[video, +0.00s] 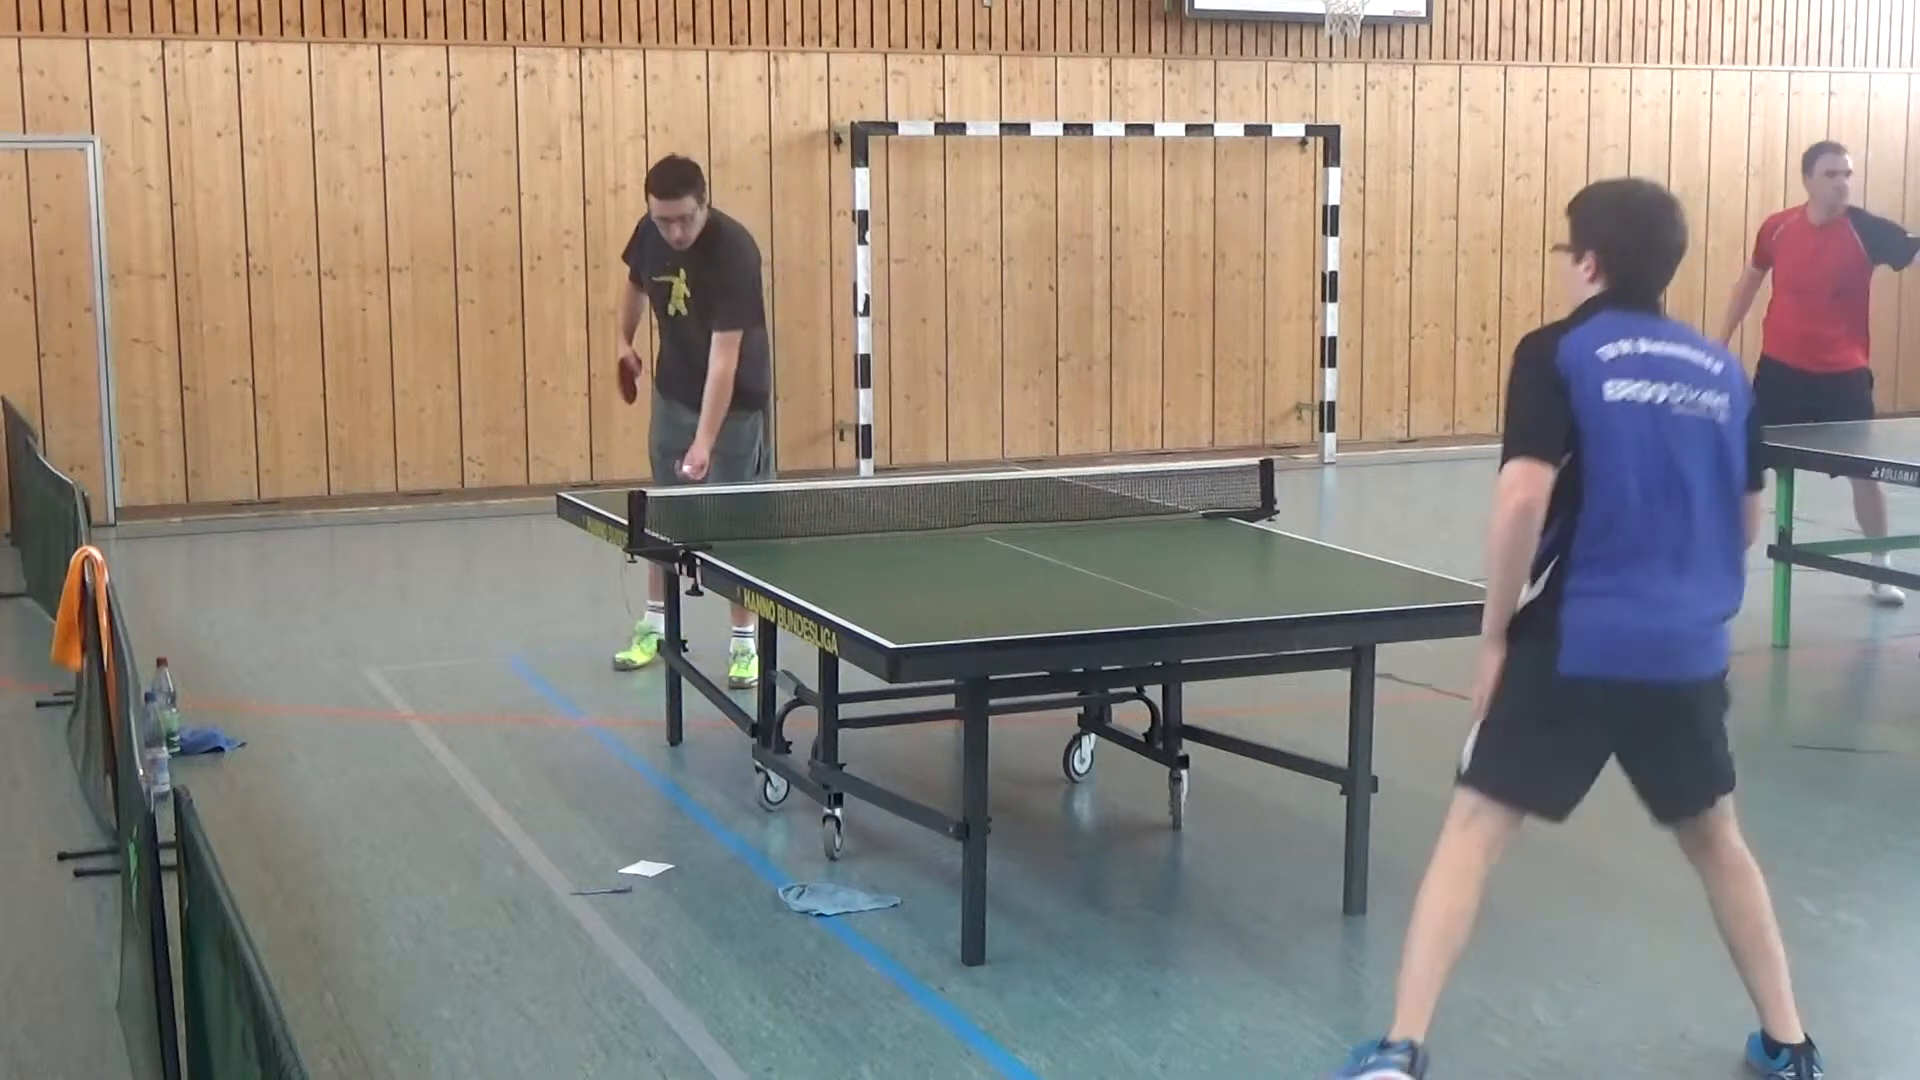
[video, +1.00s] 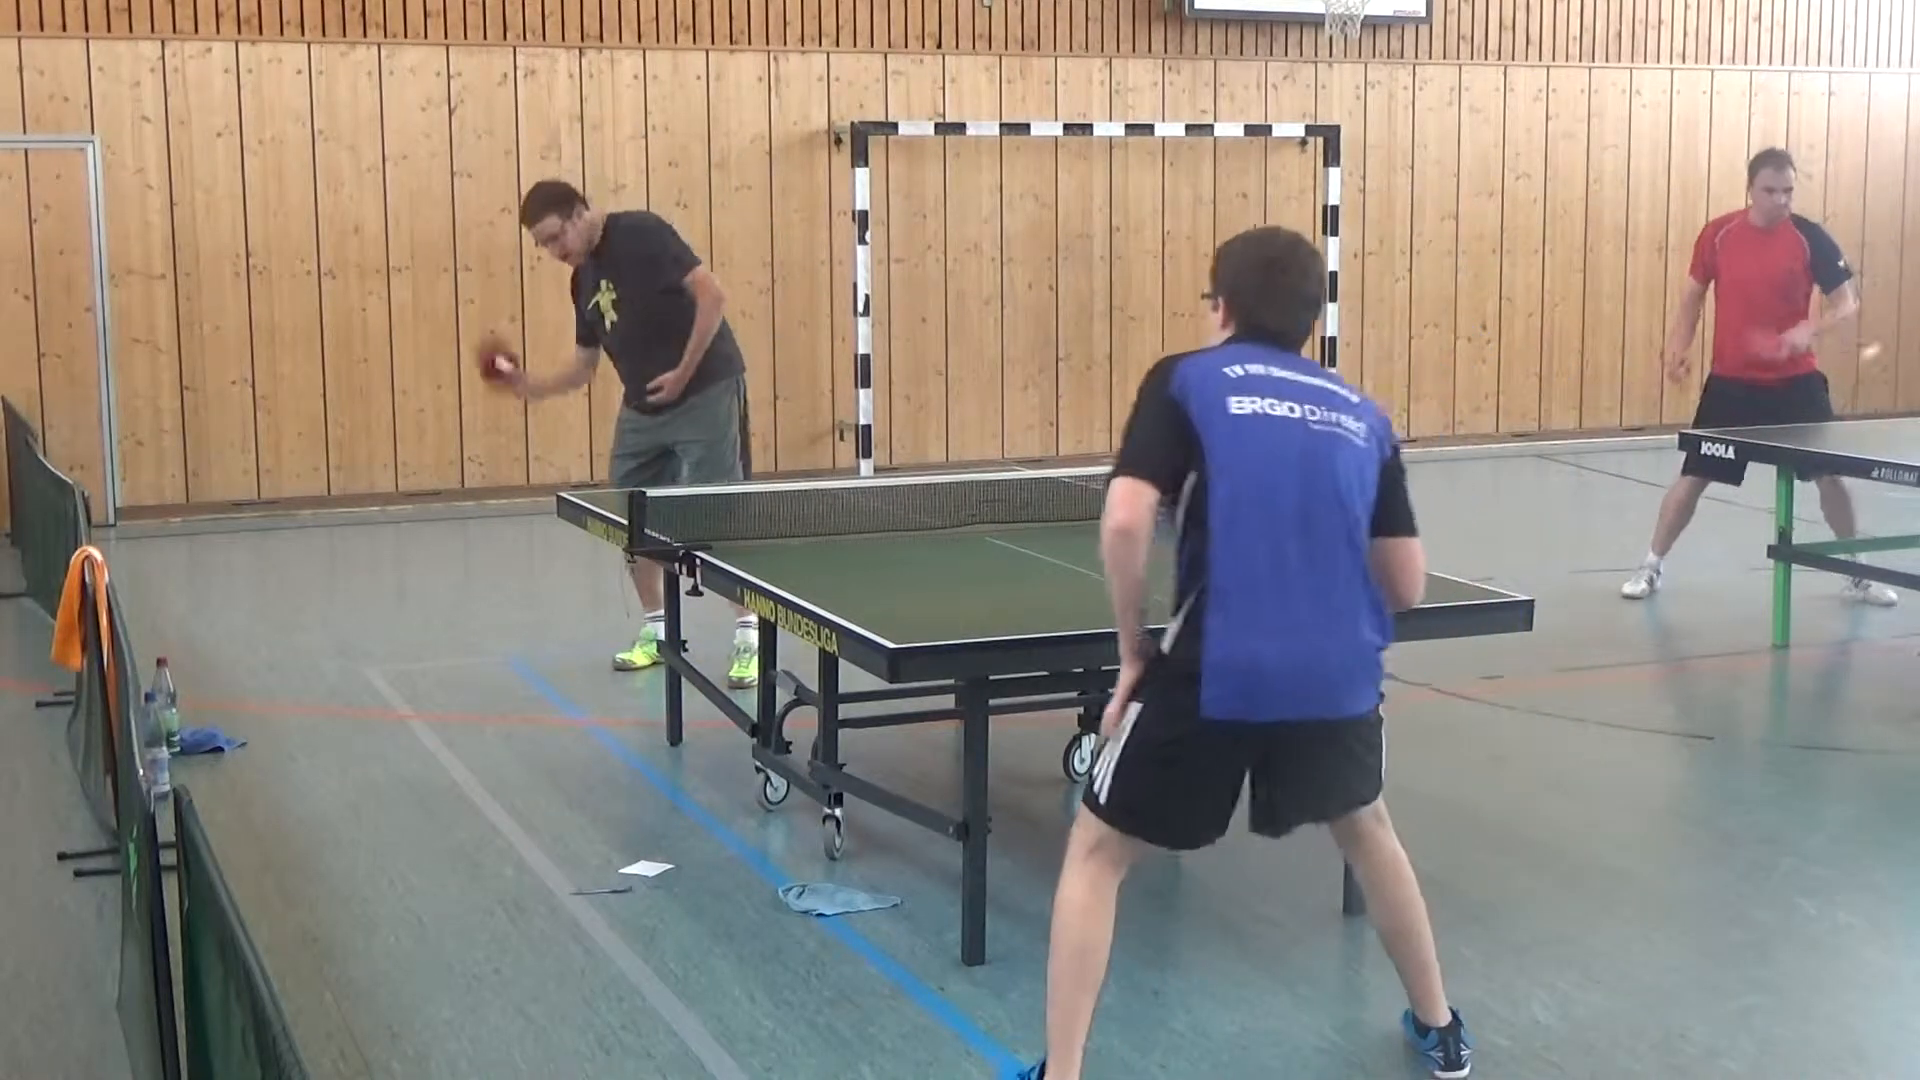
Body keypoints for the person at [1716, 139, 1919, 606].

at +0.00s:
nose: (1843, 182)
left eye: (1847, 174)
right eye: (1832, 174)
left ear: (1853, 179)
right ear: (1808, 180)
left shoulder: (1867, 230)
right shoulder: (1777, 227)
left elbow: (1914, 256)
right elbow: (1748, 285)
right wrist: (1719, 344)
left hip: (1844, 375)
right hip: (1780, 371)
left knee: (1863, 473)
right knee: (1745, 473)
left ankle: (1881, 571)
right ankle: (1728, 575)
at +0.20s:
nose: (1801, 184)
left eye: (1807, 176)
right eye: (1791, 176)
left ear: (1815, 182)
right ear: (1771, 183)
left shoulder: (1834, 235)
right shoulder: (1744, 234)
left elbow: (1889, 287)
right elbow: (1728, 281)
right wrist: (1722, 324)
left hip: (1820, 384)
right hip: (1755, 382)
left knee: (1849, 476)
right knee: (1720, 473)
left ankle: (1880, 570)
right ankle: (1690, 562)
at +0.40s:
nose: (1786, 164)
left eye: (1792, 157)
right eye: (1776, 156)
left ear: (1799, 164)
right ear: (1754, 163)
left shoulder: (1817, 220)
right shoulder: (1722, 217)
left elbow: (1856, 281)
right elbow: (1696, 269)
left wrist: (1824, 315)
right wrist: (1683, 323)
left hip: (1801, 368)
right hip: (1736, 367)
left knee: (1828, 466)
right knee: (1703, 465)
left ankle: (1850, 567)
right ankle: (1677, 554)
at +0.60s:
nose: (1787, 188)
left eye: (1792, 180)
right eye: (1776, 180)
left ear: (1798, 184)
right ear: (1753, 185)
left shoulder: (1810, 240)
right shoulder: (1720, 237)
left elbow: (1854, 300)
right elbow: (1676, 297)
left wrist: (1834, 328)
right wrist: (1641, 359)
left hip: (1796, 385)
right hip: (1730, 385)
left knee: (1827, 477)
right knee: (1693, 479)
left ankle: (1836, 571)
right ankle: (1650, 565)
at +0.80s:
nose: (1795, 206)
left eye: (1801, 198)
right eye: (1785, 198)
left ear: (1806, 201)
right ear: (1762, 202)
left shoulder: (1818, 253)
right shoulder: (1729, 252)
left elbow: (1868, 308)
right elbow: (1688, 309)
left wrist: (1853, 335)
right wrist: (1666, 359)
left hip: (1807, 397)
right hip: (1742, 398)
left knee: (1847, 482)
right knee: (1708, 489)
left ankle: (1864, 573)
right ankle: (1656, 566)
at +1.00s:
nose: (1781, 199)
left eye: (1787, 190)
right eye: (1772, 190)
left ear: (1795, 189)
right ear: (1750, 189)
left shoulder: (1811, 239)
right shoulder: (1717, 235)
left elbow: (1847, 303)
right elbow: (1693, 295)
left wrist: (1810, 330)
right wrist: (1677, 347)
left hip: (1797, 385)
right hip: (1731, 384)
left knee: (1830, 478)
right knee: (1694, 476)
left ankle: (1857, 572)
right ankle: (1651, 566)